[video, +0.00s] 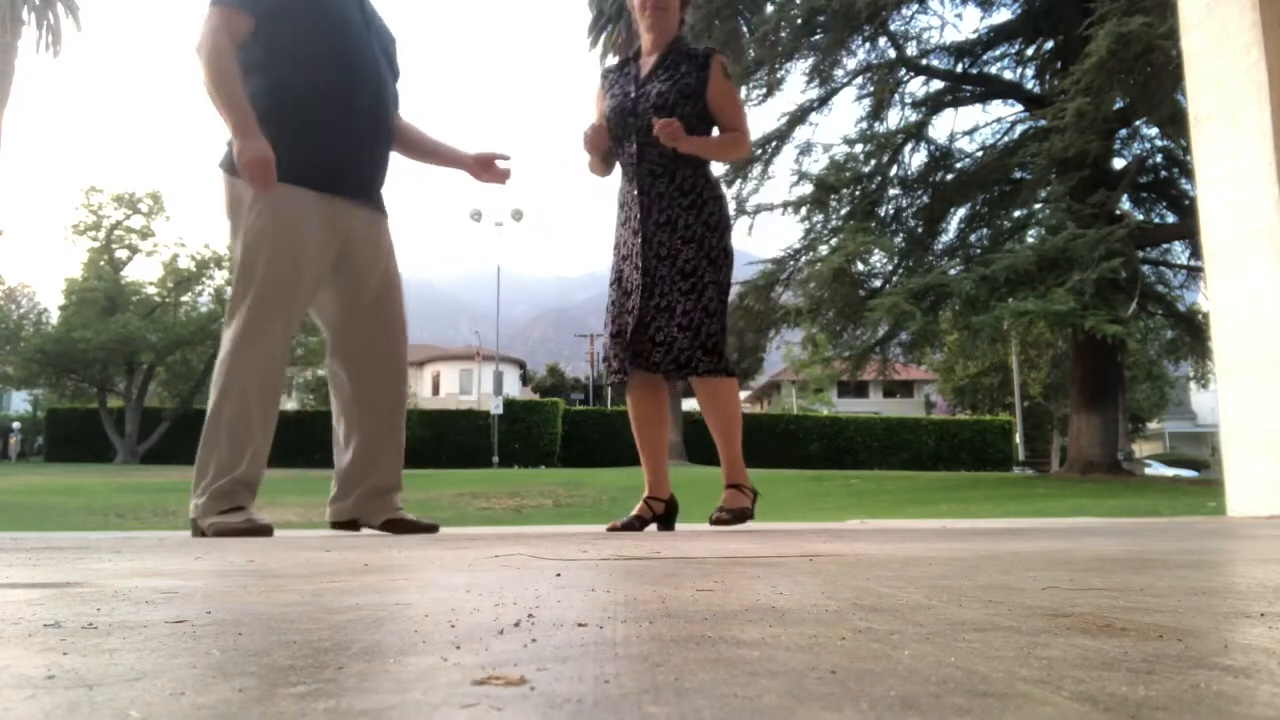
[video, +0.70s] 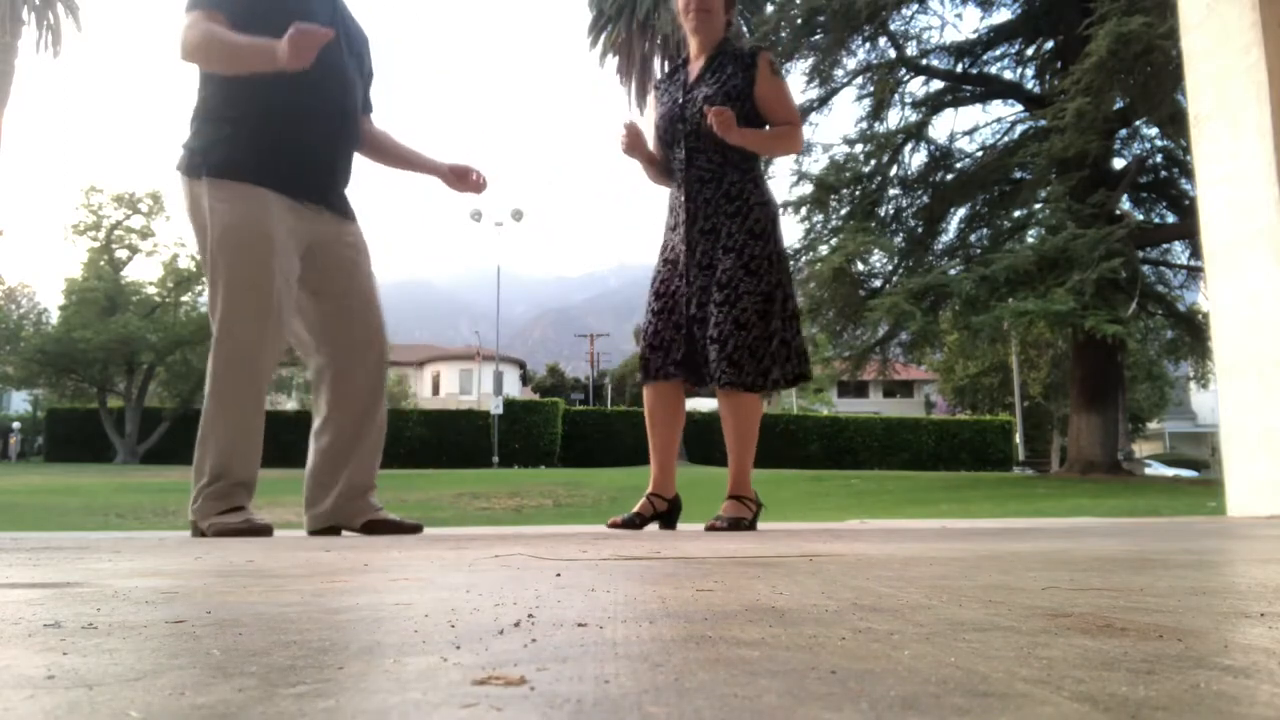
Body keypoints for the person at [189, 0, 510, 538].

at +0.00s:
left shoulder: (377, 29)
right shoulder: (266, 1)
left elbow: (384, 123)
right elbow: (214, 43)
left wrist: (465, 160)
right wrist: (247, 135)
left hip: (360, 206)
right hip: (282, 188)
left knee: (375, 353)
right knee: (257, 346)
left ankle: (366, 500)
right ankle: (221, 505)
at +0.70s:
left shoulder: (352, 32)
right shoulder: (243, 1)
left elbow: (358, 129)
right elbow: (195, 41)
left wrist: (439, 168)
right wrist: (277, 54)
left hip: (323, 201)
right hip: (241, 181)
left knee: (358, 351)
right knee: (247, 343)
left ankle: (341, 505)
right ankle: (219, 506)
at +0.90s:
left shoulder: (347, 23)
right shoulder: (242, 1)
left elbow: (351, 118)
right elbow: (182, 24)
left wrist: (437, 144)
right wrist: (268, 48)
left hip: (318, 192)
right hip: (235, 175)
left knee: (328, 345)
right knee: (231, 342)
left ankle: (336, 501)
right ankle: (218, 505)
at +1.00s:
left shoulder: (346, 28)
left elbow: (352, 123)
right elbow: (183, 38)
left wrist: (440, 154)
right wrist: (254, 69)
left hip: (312, 192)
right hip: (231, 172)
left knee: (337, 343)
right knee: (234, 341)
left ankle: (339, 504)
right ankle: (218, 505)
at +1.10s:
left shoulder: (343, 29)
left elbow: (349, 126)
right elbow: (181, 46)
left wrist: (436, 161)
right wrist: (249, 79)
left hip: (312, 195)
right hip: (230, 173)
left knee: (344, 340)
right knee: (237, 340)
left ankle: (341, 503)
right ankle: (219, 505)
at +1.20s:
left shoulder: (344, 22)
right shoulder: (230, 1)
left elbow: (345, 119)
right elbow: (178, 35)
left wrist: (431, 155)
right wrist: (254, 69)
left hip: (316, 189)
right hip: (233, 170)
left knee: (336, 347)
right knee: (232, 343)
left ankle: (340, 503)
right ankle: (219, 505)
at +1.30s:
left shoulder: (346, 20)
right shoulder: (231, 0)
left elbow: (347, 117)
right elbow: (176, 31)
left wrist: (433, 149)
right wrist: (256, 65)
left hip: (319, 190)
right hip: (235, 172)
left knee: (328, 349)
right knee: (231, 343)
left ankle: (337, 502)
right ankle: (219, 505)